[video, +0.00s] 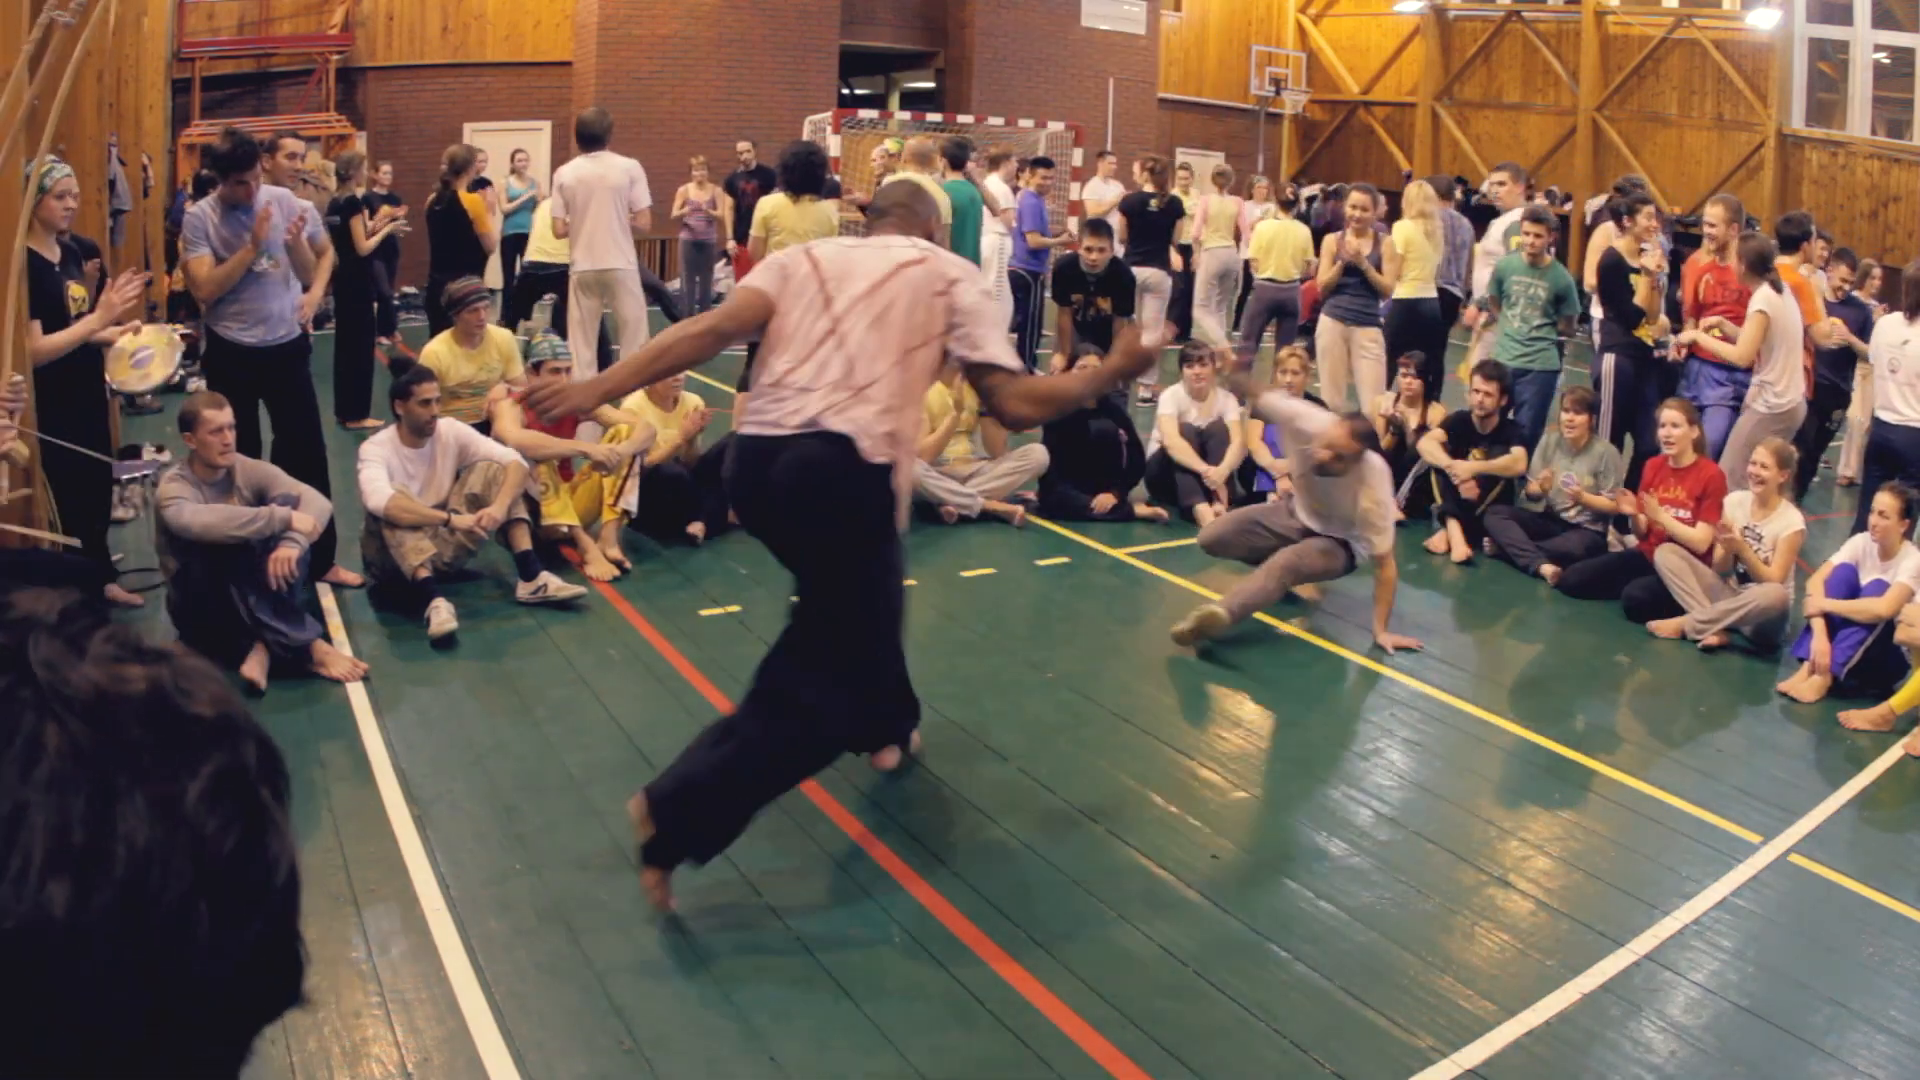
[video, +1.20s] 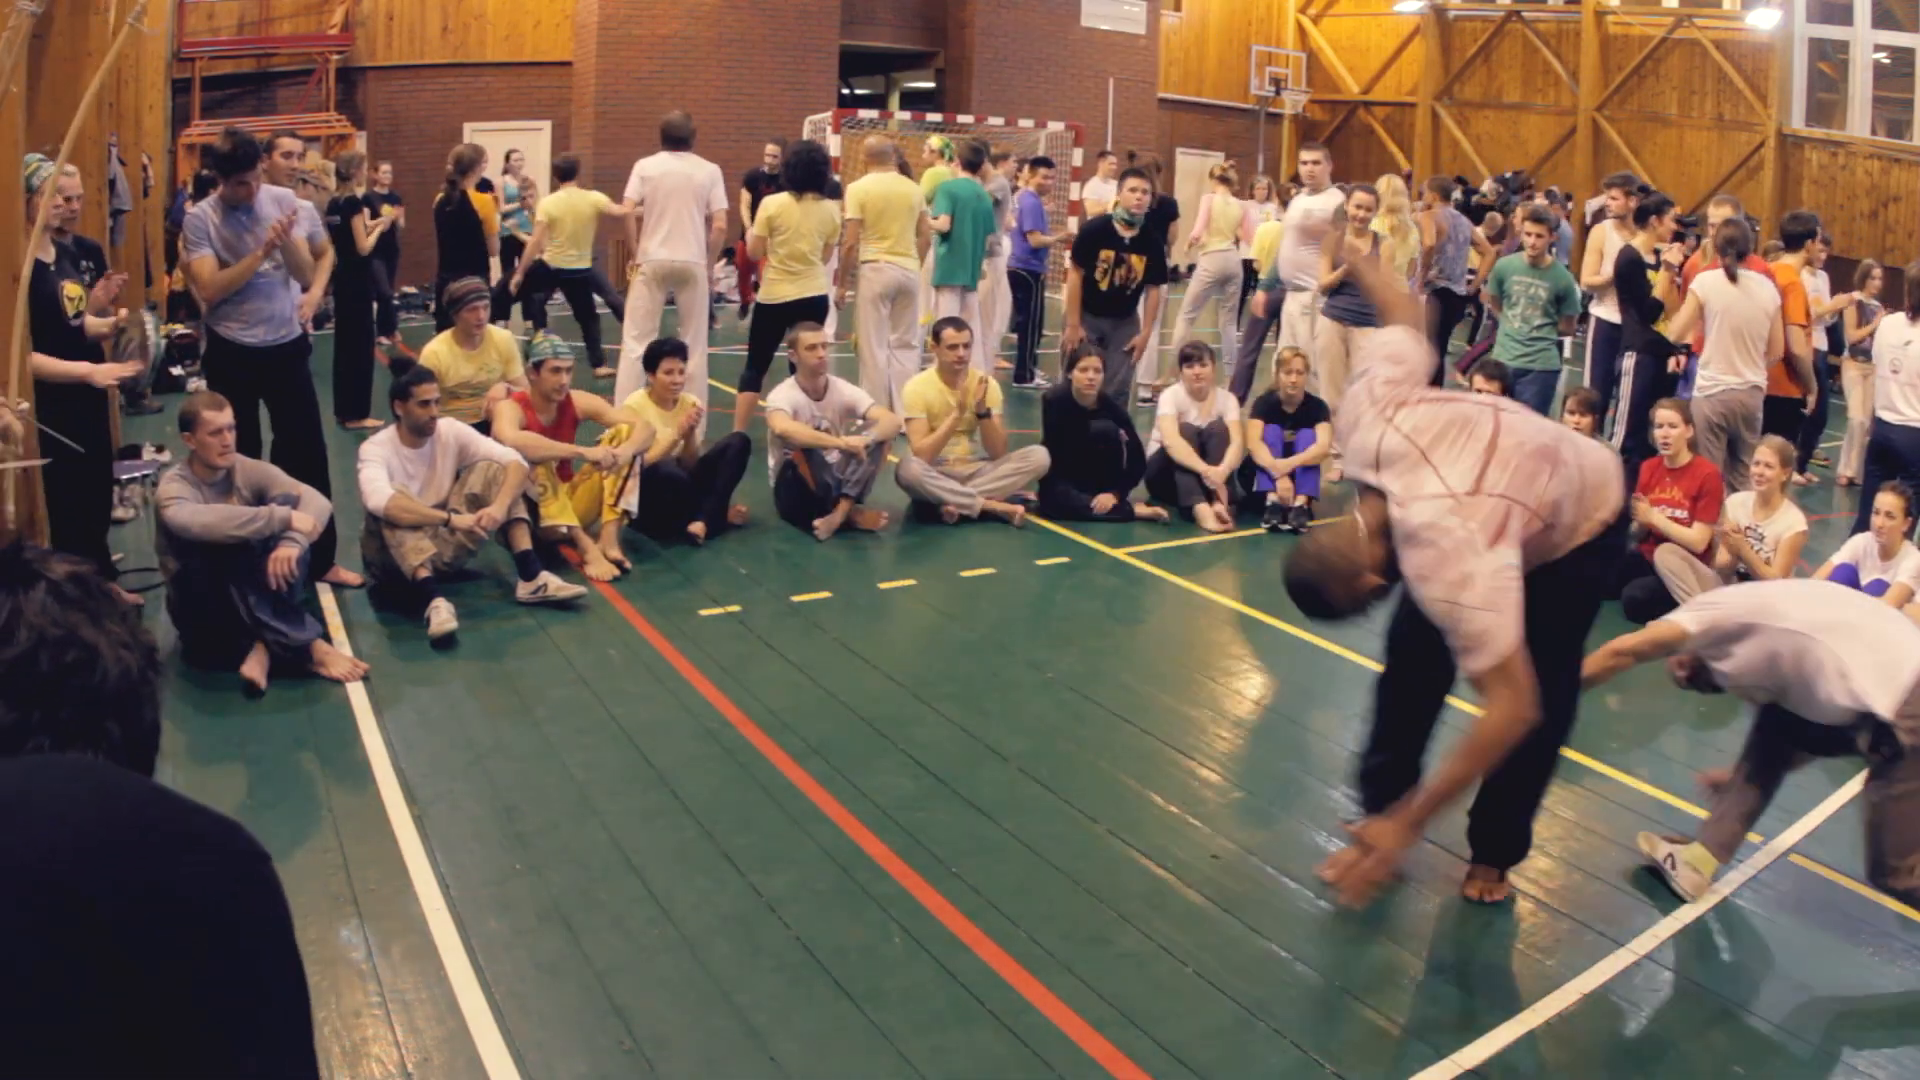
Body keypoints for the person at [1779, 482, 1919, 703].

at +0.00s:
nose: (1872, 521)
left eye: (1883, 516)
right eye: (1872, 512)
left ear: (1904, 525)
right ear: (1868, 512)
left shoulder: (1913, 560)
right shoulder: (1860, 542)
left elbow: (1885, 610)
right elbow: (1814, 582)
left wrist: (1822, 604)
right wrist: (1820, 637)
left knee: (1877, 586)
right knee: (1843, 572)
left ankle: (1823, 676)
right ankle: (1807, 666)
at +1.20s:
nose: (1879, 523)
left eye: (1889, 516)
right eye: (1876, 513)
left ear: (1906, 524)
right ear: (1871, 515)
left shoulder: (1913, 558)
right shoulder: (1860, 541)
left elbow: (1888, 606)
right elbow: (1817, 579)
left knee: (1877, 586)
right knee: (1845, 572)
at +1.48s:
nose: (1880, 524)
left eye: (1891, 516)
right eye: (1877, 513)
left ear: (1907, 523)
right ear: (1871, 515)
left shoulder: (1912, 558)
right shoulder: (1860, 541)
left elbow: (1888, 606)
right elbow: (1814, 581)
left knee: (1876, 586)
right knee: (1844, 572)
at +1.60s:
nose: (1881, 523)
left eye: (1891, 516)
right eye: (1877, 513)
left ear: (1907, 524)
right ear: (1871, 515)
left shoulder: (1913, 560)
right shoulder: (1860, 543)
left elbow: (1890, 605)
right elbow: (1826, 575)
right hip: (1853, 620)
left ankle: (1817, 678)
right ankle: (1809, 673)